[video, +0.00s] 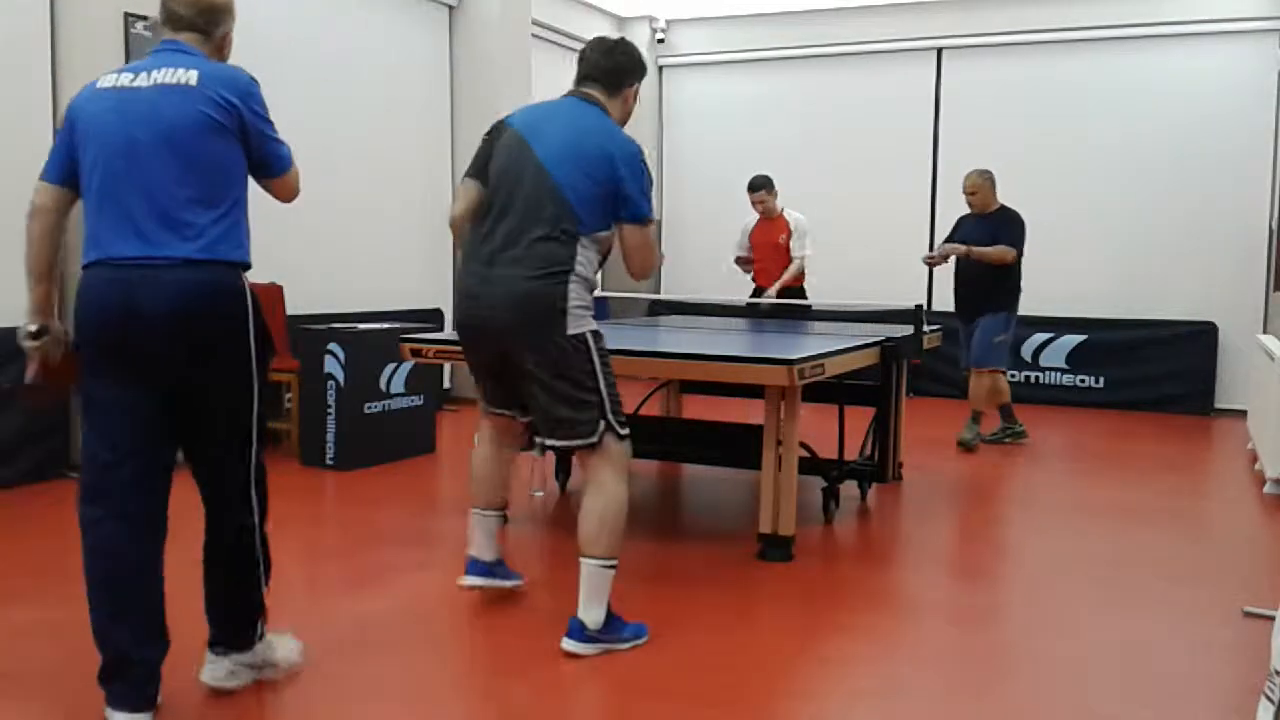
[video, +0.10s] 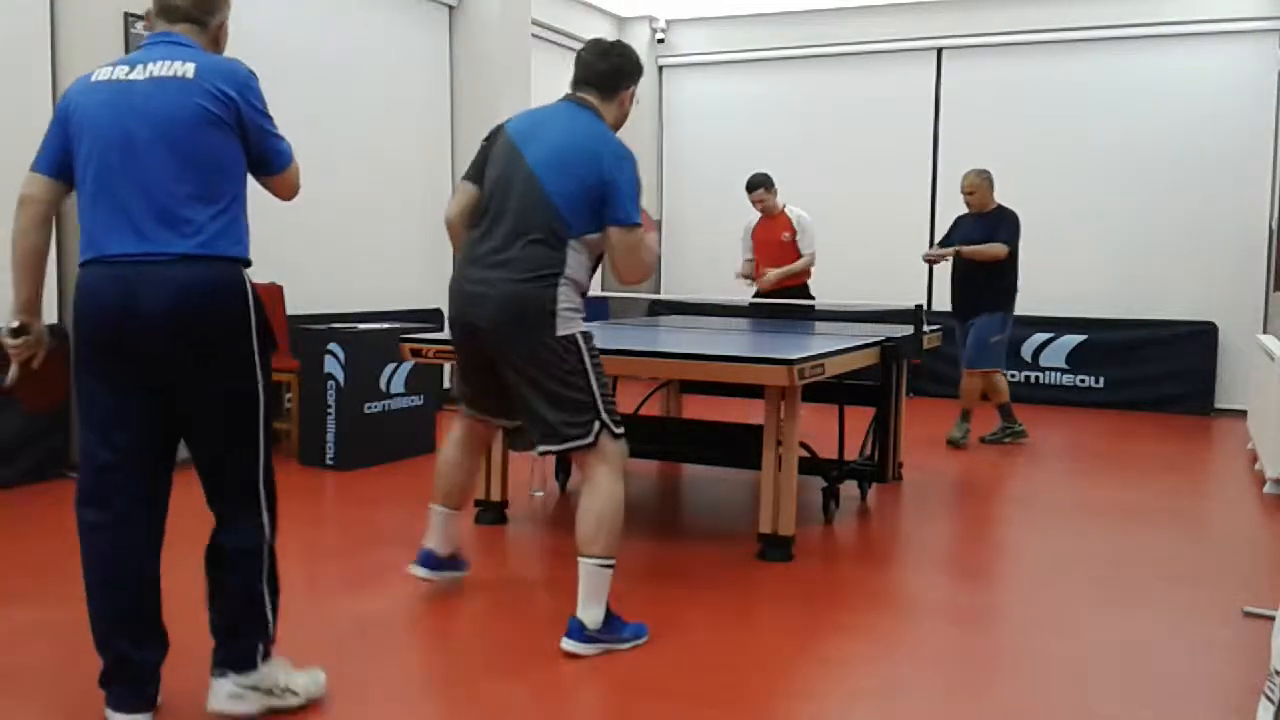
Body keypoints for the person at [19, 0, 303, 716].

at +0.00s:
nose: (233, 45)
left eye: (226, 33)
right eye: (232, 35)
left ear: (162, 29)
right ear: (222, 35)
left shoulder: (91, 95)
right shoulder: (231, 86)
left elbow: (46, 208)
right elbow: (285, 186)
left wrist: (42, 320)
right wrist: (242, 123)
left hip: (110, 303)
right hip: (207, 301)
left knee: (116, 492)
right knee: (232, 479)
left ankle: (129, 694)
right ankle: (235, 644)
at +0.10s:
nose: (230, 35)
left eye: (225, 27)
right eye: (228, 27)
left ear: (147, 25)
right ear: (214, 25)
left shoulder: (84, 88)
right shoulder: (227, 75)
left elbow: (34, 203)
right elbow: (285, 183)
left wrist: (23, 319)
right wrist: (236, 116)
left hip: (106, 303)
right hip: (209, 301)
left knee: (115, 495)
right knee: (241, 490)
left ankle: (129, 694)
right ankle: (241, 669)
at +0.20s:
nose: (228, 33)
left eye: (226, 26)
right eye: (227, 24)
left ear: (148, 20)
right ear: (214, 20)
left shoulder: (82, 86)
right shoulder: (227, 74)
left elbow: (30, 200)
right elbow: (290, 187)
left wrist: (19, 318)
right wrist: (237, 125)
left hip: (109, 307)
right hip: (212, 303)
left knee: (117, 499)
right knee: (251, 494)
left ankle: (128, 693)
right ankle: (256, 682)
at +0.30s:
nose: (237, 24)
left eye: (233, 17)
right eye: (235, 16)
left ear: (150, 14)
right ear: (221, 15)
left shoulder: (88, 84)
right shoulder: (238, 75)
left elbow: (34, 202)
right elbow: (304, 191)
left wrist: (21, 319)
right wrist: (240, 135)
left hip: (114, 305)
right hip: (217, 301)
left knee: (121, 494)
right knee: (259, 493)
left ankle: (128, 693)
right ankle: (273, 695)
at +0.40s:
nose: (249, 22)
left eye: (244, 15)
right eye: (247, 14)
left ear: (163, 13)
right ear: (232, 13)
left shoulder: (101, 85)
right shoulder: (252, 74)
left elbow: (48, 205)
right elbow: (327, 189)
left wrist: (37, 323)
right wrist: (261, 133)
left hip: (129, 310)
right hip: (232, 309)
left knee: (130, 500)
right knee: (266, 507)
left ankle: (128, 693)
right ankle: (288, 702)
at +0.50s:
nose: (272, 19)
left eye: (269, 11)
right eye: (269, 11)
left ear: (189, 13)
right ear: (252, 11)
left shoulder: (123, 90)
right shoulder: (272, 75)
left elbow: (70, 217)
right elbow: (358, 187)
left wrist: (64, 337)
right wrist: (291, 134)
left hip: (152, 316)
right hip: (254, 313)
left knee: (147, 507)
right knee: (277, 523)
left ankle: (129, 697)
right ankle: (288, 708)